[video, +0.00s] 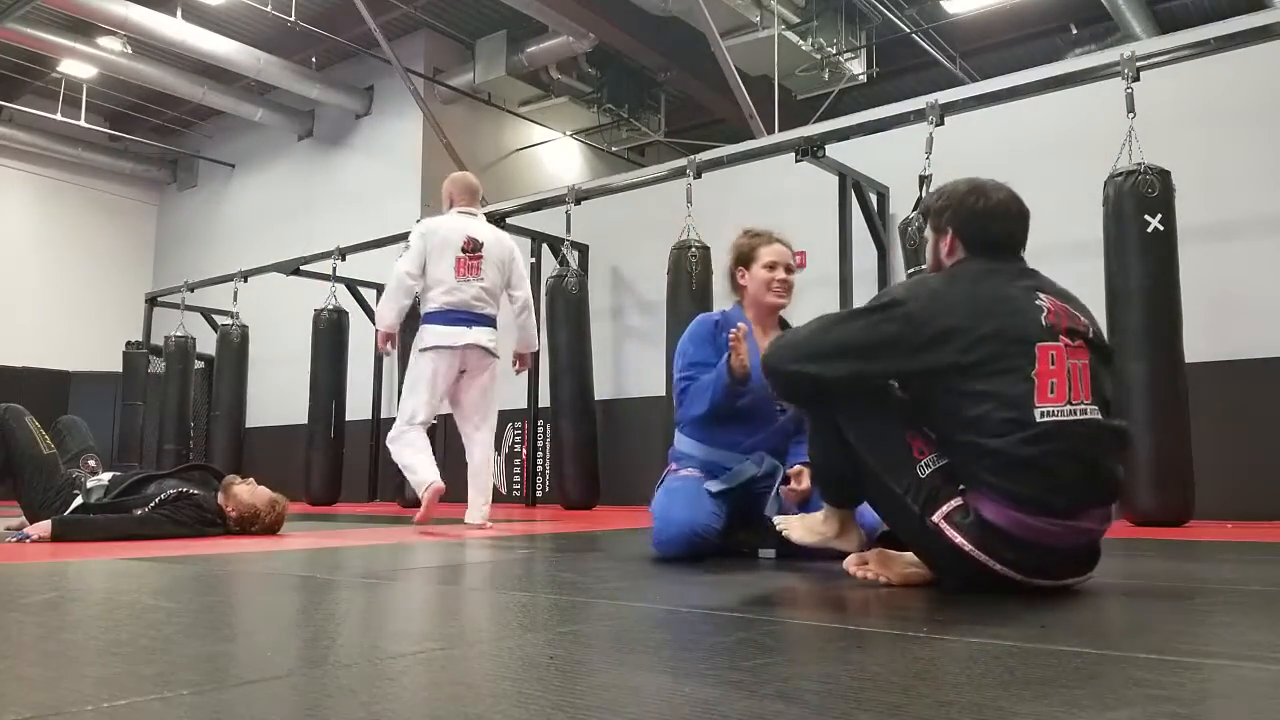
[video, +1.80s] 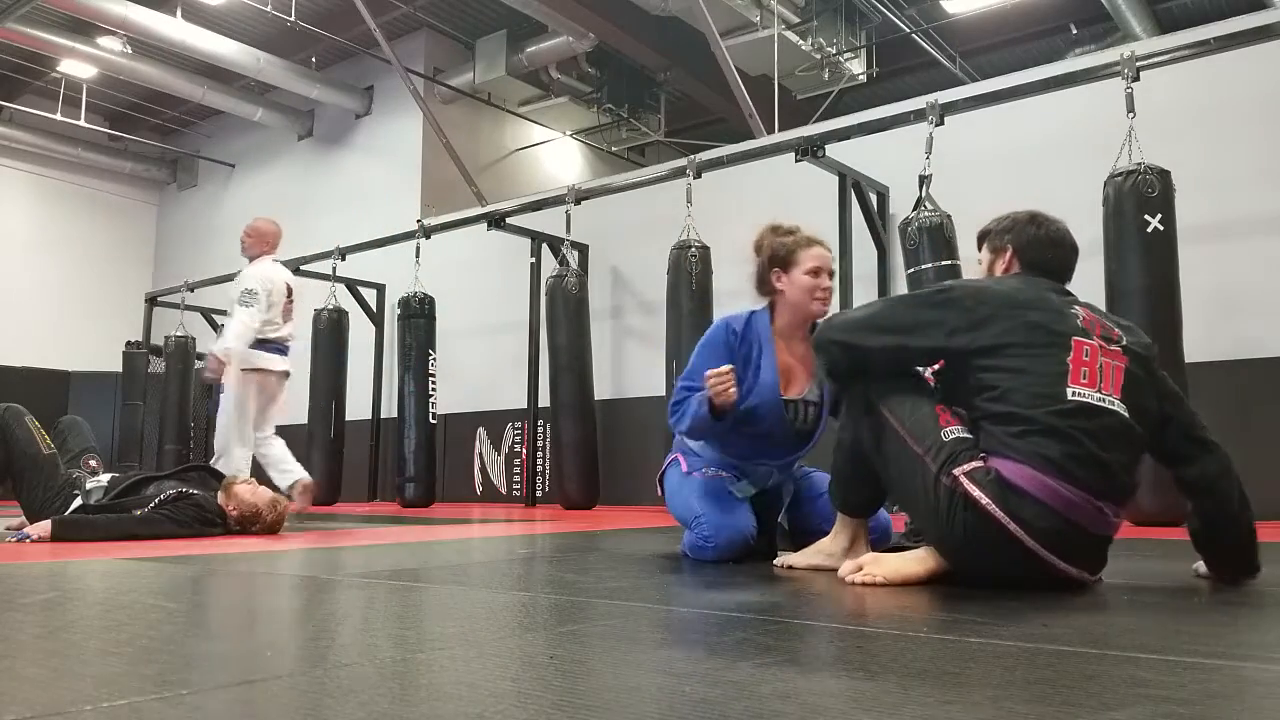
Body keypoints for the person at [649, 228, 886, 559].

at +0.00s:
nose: (782, 277)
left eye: (788, 270)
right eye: (770, 268)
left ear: (795, 280)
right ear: (742, 276)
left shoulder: (799, 345)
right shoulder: (708, 329)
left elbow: (803, 421)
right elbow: (688, 405)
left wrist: (800, 461)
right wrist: (731, 374)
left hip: (777, 476)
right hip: (702, 472)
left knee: (867, 525)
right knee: (680, 537)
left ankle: (764, 532)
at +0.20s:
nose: (794, 278)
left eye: (802, 272)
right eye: (782, 269)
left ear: (808, 283)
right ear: (755, 279)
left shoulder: (807, 349)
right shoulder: (722, 328)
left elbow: (811, 421)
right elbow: (728, 392)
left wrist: (802, 462)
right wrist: (786, 362)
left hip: (779, 470)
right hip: (708, 466)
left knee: (867, 530)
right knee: (729, 531)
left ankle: (782, 524)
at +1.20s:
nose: (749, 273)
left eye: (752, 263)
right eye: (735, 265)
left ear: (759, 265)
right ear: (705, 276)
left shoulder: (779, 335)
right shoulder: (684, 339)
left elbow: (802, 425)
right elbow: (717, 417)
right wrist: (796, 395)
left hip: (777, 471)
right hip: (702, 472)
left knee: (866, 527)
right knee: (734, 533)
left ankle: (770, 528)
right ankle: (698, 540)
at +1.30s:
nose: (754, 275)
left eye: (756, 265)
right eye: (739, 267)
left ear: (763, 266)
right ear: (709, 279)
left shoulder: (784, 338)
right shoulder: (686, 342)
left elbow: (813, 400)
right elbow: (695, 431)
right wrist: (785, 432)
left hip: (778, 472)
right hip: (702, 474)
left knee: (869, 526)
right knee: (733, 532)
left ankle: (768, 525)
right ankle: (697, 541)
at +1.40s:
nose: (762, 276)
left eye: (764, 266)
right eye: (747, 270)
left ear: (770, 269)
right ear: (717, 281)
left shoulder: (792, 341)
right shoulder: (690, 344)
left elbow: (824, 407)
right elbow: (677, 435)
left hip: (773, 474)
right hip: (701, 475)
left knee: (875, 526)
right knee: (732, 533)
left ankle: (774, 530)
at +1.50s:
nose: (775, 276)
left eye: (778, 266)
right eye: (760, 268)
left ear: (784, 269)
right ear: (730, 279)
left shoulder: (799, 340)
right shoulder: (695, 341)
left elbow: (833, 401)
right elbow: (664, 418)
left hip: (778, 475)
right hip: (704, 477)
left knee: (876, 527)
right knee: (733, 534)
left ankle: (776, 529)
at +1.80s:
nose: (827, 284)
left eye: (830, 276)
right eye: (814, 273)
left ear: (833, 281)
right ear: (779, 280)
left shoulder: (828, 349)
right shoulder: (731, 334)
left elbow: (852, 414)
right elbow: (681, 417)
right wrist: (713, 405)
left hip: (779, 475)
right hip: (705, 469)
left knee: (876, 529)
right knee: (731, 538)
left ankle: (777, 524)